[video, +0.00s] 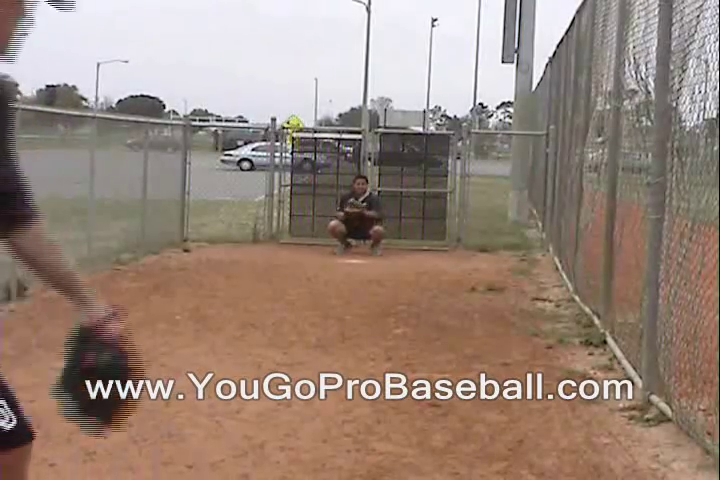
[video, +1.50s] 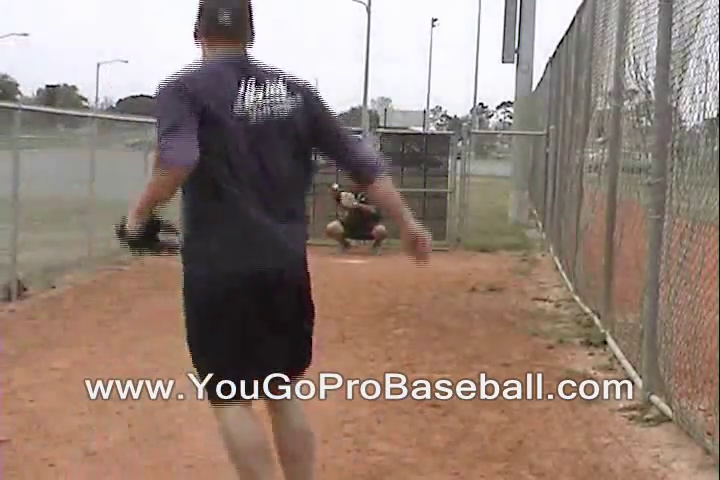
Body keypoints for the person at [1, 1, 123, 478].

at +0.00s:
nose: (26, 16)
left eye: (25, 9)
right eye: (20, 7)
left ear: (14, 13)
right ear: (1, 9)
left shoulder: (4, 90)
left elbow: (20, 224)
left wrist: (85, 301)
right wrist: (86, 302)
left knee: (15, 438)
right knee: (14, 439)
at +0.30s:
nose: (89, 35)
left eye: (90, 23)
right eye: (88, 22)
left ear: (18, 22)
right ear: (69, 24)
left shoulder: (11, 93)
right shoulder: (49, 111)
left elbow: (130, 178)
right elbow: (142, 177)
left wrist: (168, 95)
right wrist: (170, 92)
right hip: (10, 325)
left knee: (11, 411)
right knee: (7, 413)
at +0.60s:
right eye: (70, 26)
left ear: (5, 21)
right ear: (65, 27)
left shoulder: (13, 45)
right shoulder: (80, 69)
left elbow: (44, 84)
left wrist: (0, 138)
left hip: (55, 240)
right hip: (133, 239)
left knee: (16, 414)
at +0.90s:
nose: (59, 65)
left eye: (60, 59)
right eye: (61, 60)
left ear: (63, 58)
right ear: (116, 55)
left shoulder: (68, 91)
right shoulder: (148, 100)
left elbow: (100, 139)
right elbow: (165, 188)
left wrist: (63, 234)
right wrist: (105, 250)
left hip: (154, 263)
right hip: (229, 256)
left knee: (82, 416)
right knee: (288, 392)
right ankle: (379, 472)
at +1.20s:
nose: (166, 43)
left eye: (166, 35)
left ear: (166, 37)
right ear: (220, 30)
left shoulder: (181, 86)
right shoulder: (258, 84)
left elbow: (212, 165)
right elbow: (322, 161)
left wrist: (164, 224)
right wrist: (338, 212)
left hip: (218, 274)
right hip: (285, 273)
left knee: (143, 394)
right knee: (278, 410)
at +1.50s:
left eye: (197, 33)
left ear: (199, 35)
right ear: (251, 34)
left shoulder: (184, 87)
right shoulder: (294, 89)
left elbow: (179, 161)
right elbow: (361, 160)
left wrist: (141, 209)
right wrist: (406, 219)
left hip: (218, 272)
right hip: (286, 268)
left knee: (230, 400)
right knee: (284, 392)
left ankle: (266, 473)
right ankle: (302, 474)